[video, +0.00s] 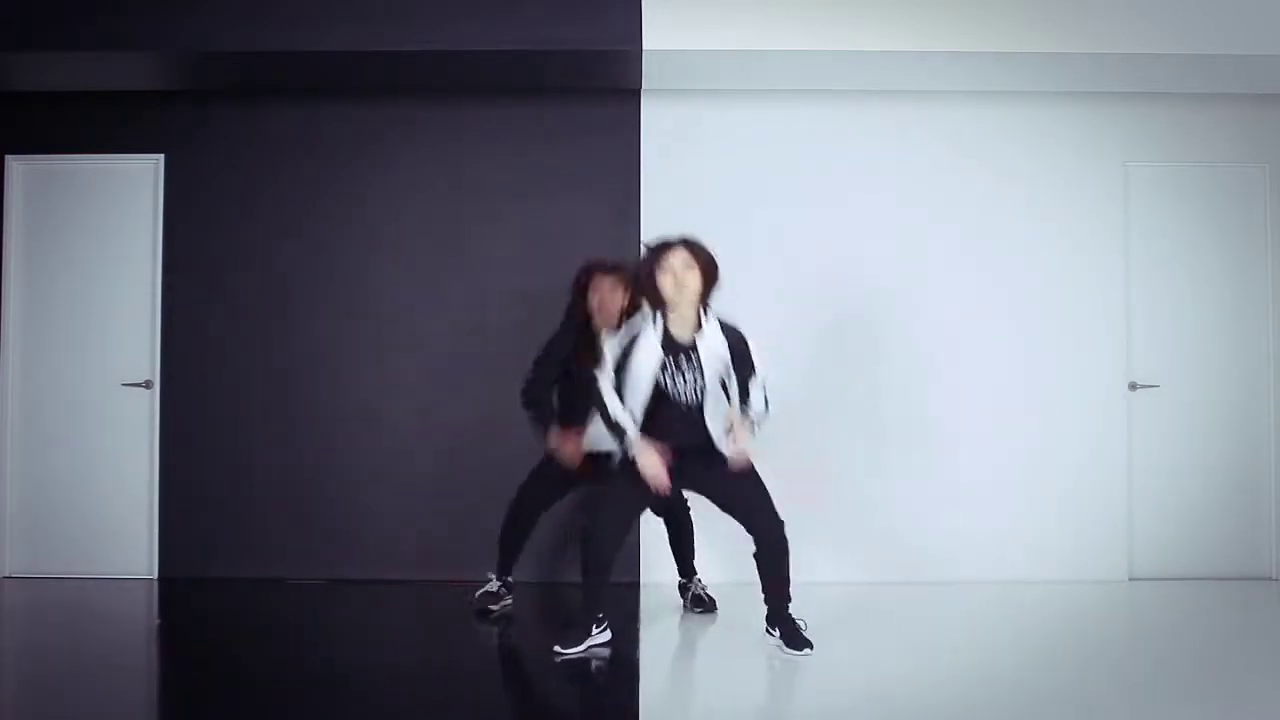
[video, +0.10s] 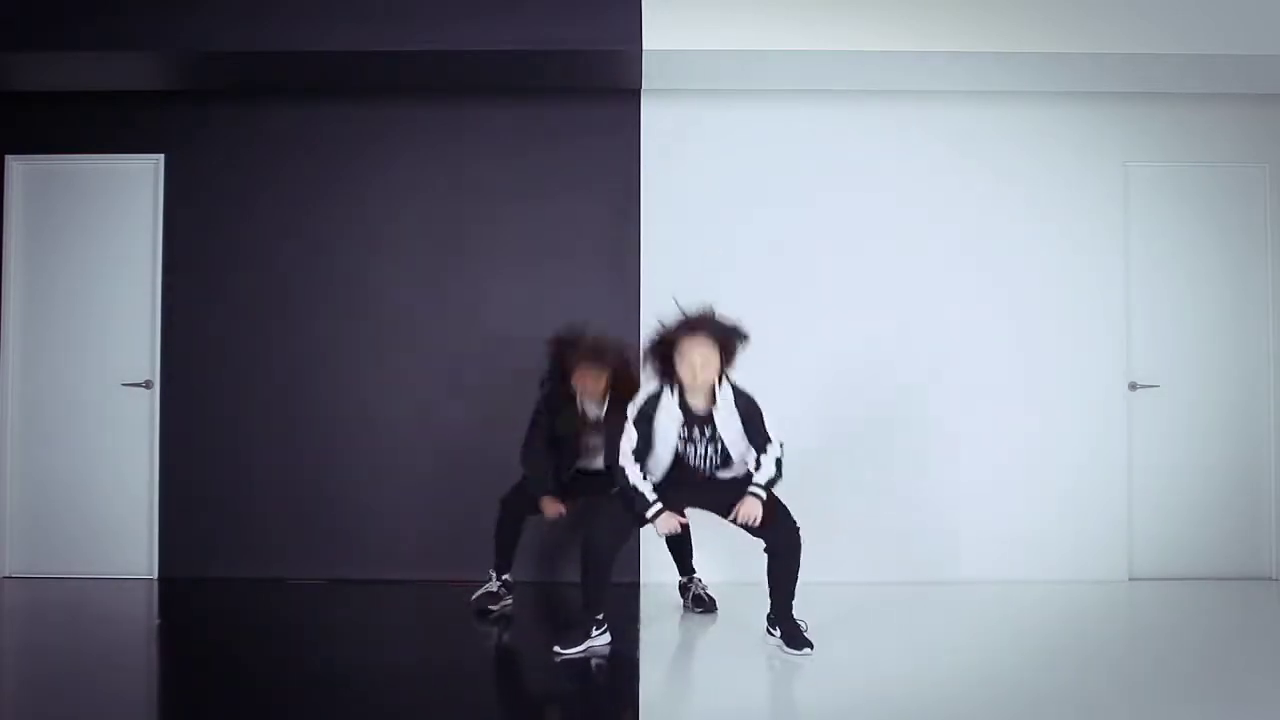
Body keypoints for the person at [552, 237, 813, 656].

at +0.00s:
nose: (677, 277)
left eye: (687, 268)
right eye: (666, 270)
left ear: (704, 278)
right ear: (654, 283)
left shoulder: (727, 339)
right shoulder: (633, 336)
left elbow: (754, 396)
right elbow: (605, 390)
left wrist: (744, 428)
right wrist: (637, 446)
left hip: (709, 457)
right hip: (650, 455)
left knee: (769, 528)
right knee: (601, 521)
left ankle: (778, 615)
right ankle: (595, 621)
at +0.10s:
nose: (696, 367)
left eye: (705, 357)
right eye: (687, 358)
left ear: (721, 362)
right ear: (673, 363)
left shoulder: (739, 403)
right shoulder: (651, 405)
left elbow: (769, 452)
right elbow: (626, 462)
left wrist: (756, 494)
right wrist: (655, 510)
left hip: (725, 486)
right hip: (669, 485)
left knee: (785, 534)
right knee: (601, 532)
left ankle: (781, 617)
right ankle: (596, 623)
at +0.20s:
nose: (719, 444)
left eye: (724, 440)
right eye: (713, 440)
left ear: (731, 425)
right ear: (695, 427)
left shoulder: (740, 423)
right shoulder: (662, 419)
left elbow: (781, 466)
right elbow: (620, 477)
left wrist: (758, 511)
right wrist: (650, 526)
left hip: (723, 500)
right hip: (668, 500)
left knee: (790, 530)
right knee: (603, 530)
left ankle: (782, 618)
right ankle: (596, 624)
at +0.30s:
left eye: (710, 492)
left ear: (725, 462)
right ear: (681, 457)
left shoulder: (739, 430)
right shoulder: (661, 433)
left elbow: (782, 474)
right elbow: (619, 486)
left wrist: (759, 518)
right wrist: (652, 532)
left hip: (728, 493)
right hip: (667, 496)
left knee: (795, 532)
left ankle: (781, 617)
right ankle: (600, 625)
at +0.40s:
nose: (705, 511)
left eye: (713, 502)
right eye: (697, 503)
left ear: (727, 464)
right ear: (683, 463)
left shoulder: (741, 433)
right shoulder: (661, 436)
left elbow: (782, 474)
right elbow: (620, 488)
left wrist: (759, 519)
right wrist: (655, 530)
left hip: (726, 497)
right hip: (665, 502)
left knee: (794, 530)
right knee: (600, 537)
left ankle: (781, 617)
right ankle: (598, 625)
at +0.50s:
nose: (709, 512)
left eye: (716, 504)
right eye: (700, 506)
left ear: (729, 469)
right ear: (683, 466)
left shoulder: (741, 432)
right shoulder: (661, 435)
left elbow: (783, 472)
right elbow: (620, 487)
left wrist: (758, 519)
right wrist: (656, 530)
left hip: (730, 497)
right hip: (667, 500)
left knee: (794, 530)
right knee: (602, 534)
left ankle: (781, 617)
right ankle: (598, 625)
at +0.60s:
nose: (708, 521)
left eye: (716, 511)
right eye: (699, 512)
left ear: (730, 469)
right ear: (683, 470)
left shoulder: (742, 430)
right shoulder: (660, 435)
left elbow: (783, 471)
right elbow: (620, 486)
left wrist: (755, 518)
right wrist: (658, 530)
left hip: (735, 486)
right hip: (668, 493)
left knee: (793, 531)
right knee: (602, 534)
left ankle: (781, 617)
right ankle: (598, 625)